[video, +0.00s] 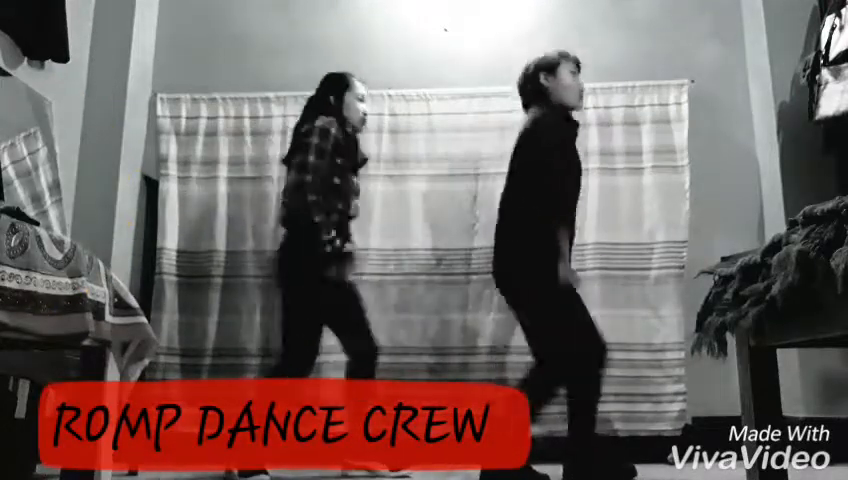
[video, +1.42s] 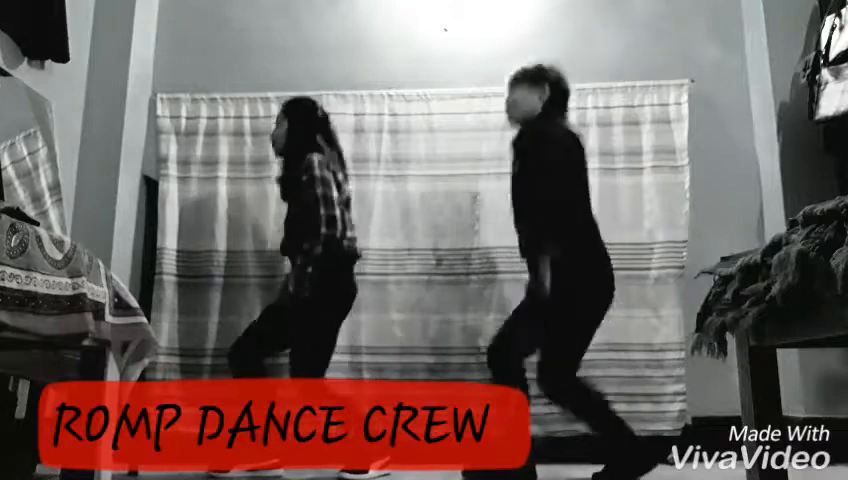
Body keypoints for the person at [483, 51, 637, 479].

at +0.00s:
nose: (581, 81)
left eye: (579, 73)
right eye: (573, 73)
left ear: (549, 82)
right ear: (547, 81)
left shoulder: (541, 128)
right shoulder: (556, 129)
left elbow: (541, 199)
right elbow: (557, 198)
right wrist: (563, 257)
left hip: (517, 263)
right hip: (534, 263)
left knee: (555, 358)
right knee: (587, 351)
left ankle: (499, 442)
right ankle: (583, 458)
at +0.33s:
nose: (578, 74)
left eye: (577, 67)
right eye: (570, 66)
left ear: (543, 78)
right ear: (542, 75)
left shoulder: (533, 120)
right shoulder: (552, 119)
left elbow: (530, 190)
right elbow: (561, 187)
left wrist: (552, 245)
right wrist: (571, 246)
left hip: (525, 252)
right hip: (545, 253)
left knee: (519, 354)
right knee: (557, 358)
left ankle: (491, 448)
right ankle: (581, 455)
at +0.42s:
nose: (574, 70)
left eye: (574, 63)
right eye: (564, 63)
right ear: (536, 74)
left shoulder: (549, 121)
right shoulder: (538, 119)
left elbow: (561, 191)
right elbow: (541, 189)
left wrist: (578, 245)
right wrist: (559, 243)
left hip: (550, 254)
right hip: (538, 255)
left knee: (558, 355)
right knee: (534, 352)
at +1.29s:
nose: (525, 80)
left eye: (533, 71)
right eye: (525, 72)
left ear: (561, 73)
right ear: (553, 77)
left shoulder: (576, 118)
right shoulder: (552, 125)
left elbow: (575, 188)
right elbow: (545, 192)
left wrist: (553, 242)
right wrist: (536, 242)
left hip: (582, 259)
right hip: (553, 262)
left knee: (610, 355)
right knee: (540, 363)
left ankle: (637, 453)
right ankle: (518, 457)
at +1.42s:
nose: (508, 99)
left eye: (516, 91)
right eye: (509, 91)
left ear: (541, 95)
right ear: (538, 96)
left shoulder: (548, 142)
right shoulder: (538, 140)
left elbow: (553, 209)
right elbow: (542, 210)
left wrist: (545, 261)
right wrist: (540, 264)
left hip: (580, 277)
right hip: (558, 276)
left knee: (555, 376)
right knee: (503, 353)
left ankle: (628, 450)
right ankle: (514, 456)